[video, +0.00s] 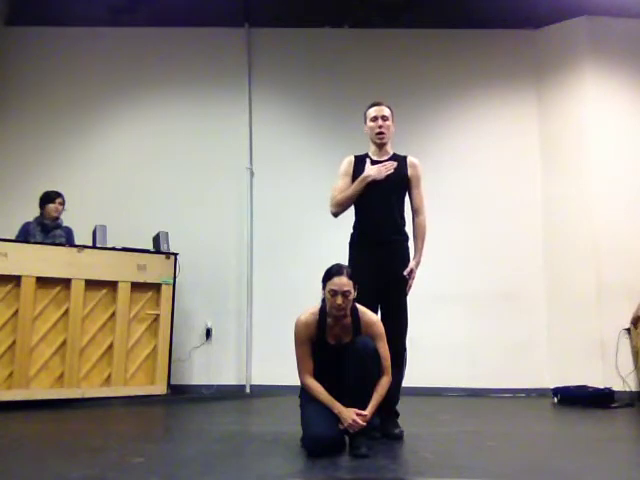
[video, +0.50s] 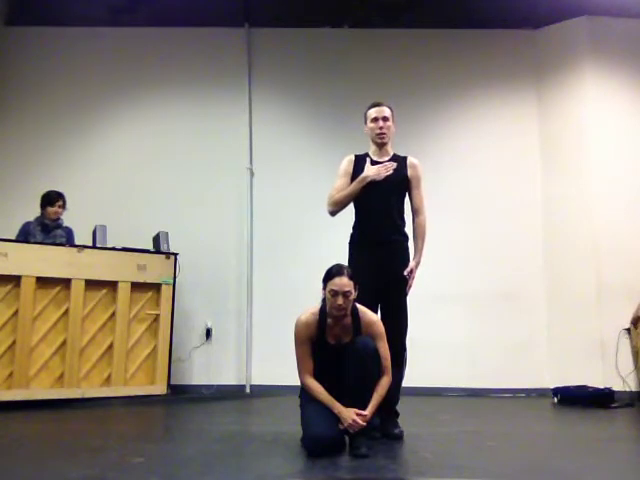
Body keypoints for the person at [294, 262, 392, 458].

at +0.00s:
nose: (339, 302)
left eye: (346, 295)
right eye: (333, 294)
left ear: (354, 294)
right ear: (323, 292)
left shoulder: (371, 323)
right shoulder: (306, 324)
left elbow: (386, 375)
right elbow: (306, 378)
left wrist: (366, 413)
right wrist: (341, 411)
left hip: (355, 392)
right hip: (320, 393)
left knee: (365, 347)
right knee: (321, 445)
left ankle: (359, 432)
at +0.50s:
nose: (340, 302)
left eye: (347, 295)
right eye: (333, 294)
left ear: (355, 293)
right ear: (324, 292)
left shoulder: (371, 323)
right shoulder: (306, 324)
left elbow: (386, 375)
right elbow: (306, 378)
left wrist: (367, 413)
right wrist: (341, 411)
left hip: (355, 392)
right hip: (320, 393)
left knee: (365, 347)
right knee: (321, 445)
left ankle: (359, 432)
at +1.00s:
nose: (340, 302)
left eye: (347, 295)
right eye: (334, 295)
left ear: (356, 294)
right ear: (325, 292)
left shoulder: (372, 323)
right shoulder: (307, 323)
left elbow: (387, 375)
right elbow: (306, 378)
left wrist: (367, 413)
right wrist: (341, 411)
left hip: (355, 393)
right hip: (321, 393)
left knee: (365, 347)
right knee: (322, 444)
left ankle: (360, 432)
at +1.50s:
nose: (340, 302)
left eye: (347, 295)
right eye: (334, 295)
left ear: (356, 294)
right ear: (325, 292)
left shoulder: (371, 323)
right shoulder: (307, 323)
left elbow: (387, 375)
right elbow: (306, 378)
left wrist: (366, 413)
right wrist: (341, 411)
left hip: (356, 393)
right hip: (321, 394)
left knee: (365, 347)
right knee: (322, 444)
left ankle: (360, 433)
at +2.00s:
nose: (340, 303)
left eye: (346, 296)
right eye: (334, 296)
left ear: (355, 295)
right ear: (324, 293)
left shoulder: (370, 323)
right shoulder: (307, 324)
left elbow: (393, 375)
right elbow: (306, 379)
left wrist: (368, 408)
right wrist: (338, 412)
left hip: (356, 394)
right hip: (321, 395)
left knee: (365, 347)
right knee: (321, 445)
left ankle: (360, 434)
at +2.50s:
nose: (339, 304)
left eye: (346, 297)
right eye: (333, 296)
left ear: (355, 295)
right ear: (324, 293)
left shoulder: (370, 323)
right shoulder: (307, 324)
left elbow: (391, 377)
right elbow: (306, 379)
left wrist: (362, 414)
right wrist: (338, 413)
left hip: (356, 393)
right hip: (321, 396)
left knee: (365, 346)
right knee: (320, 445)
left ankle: (360, 434)